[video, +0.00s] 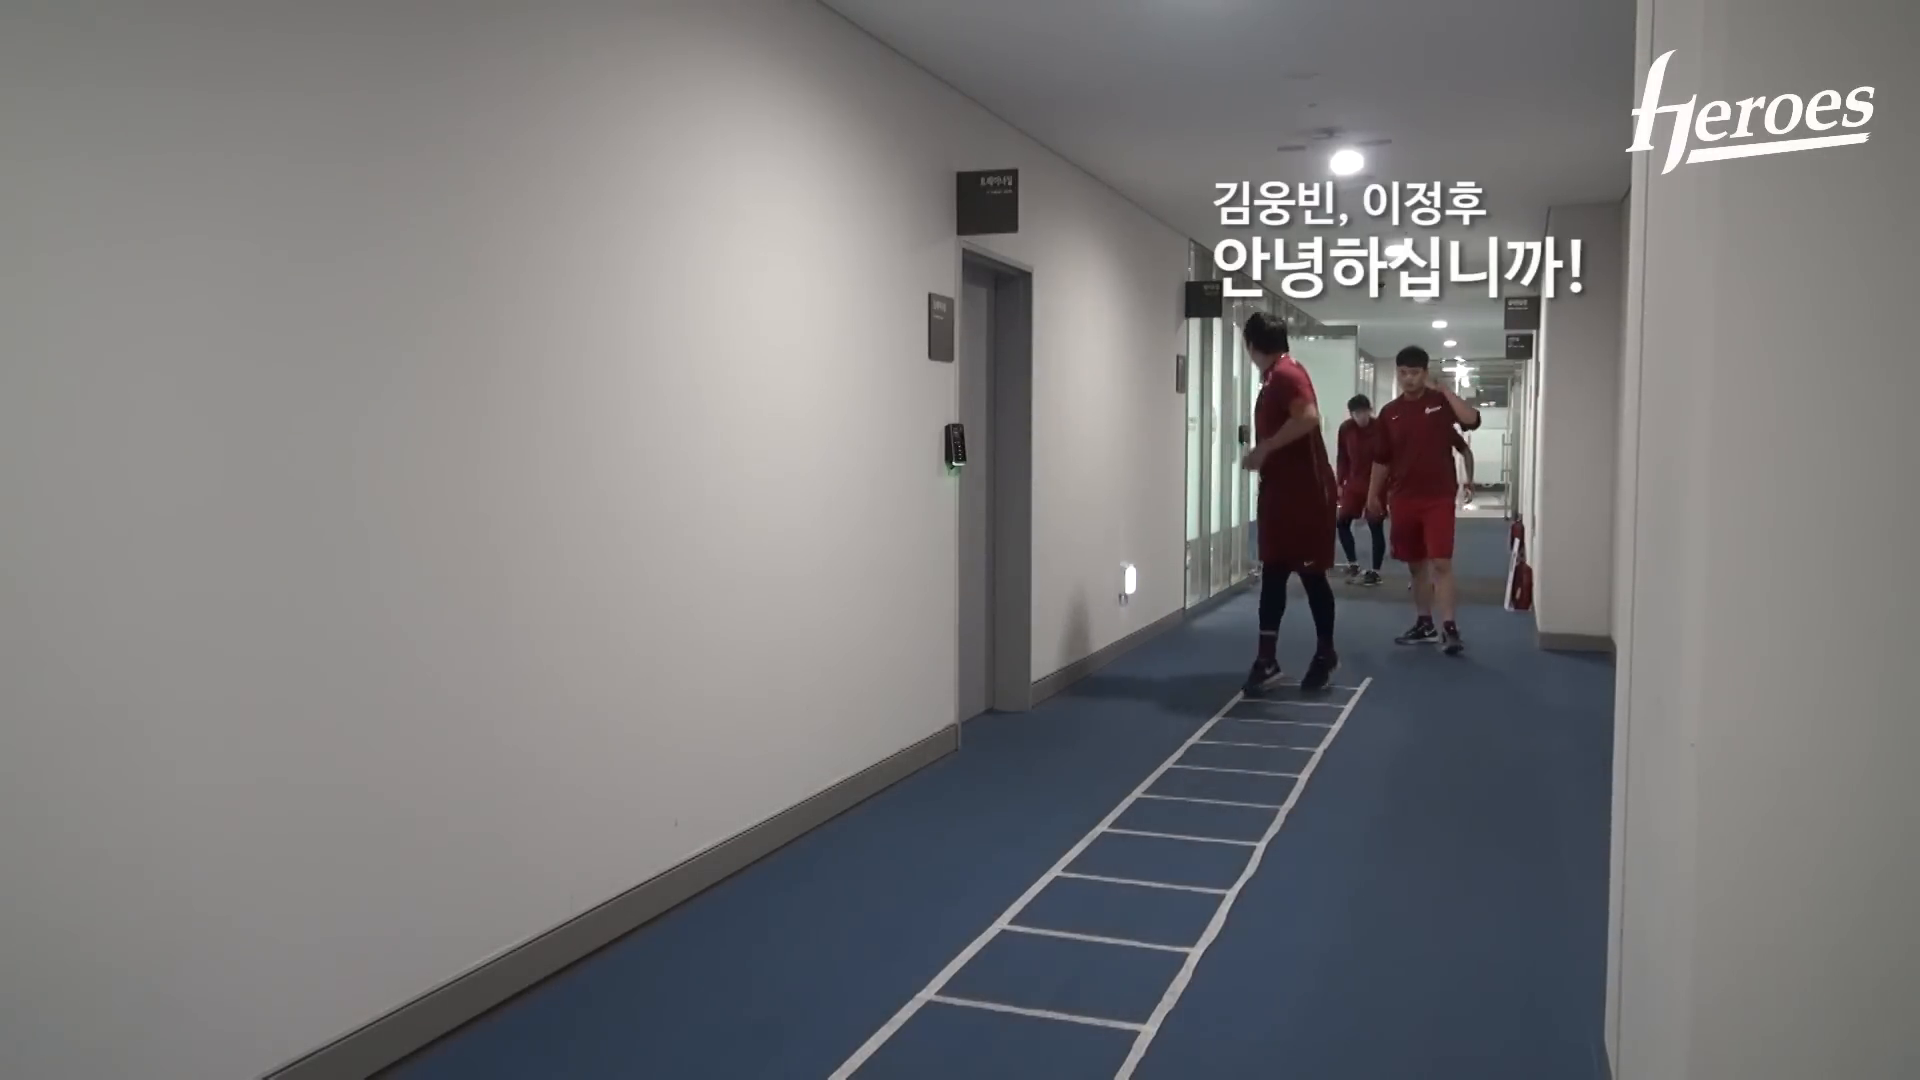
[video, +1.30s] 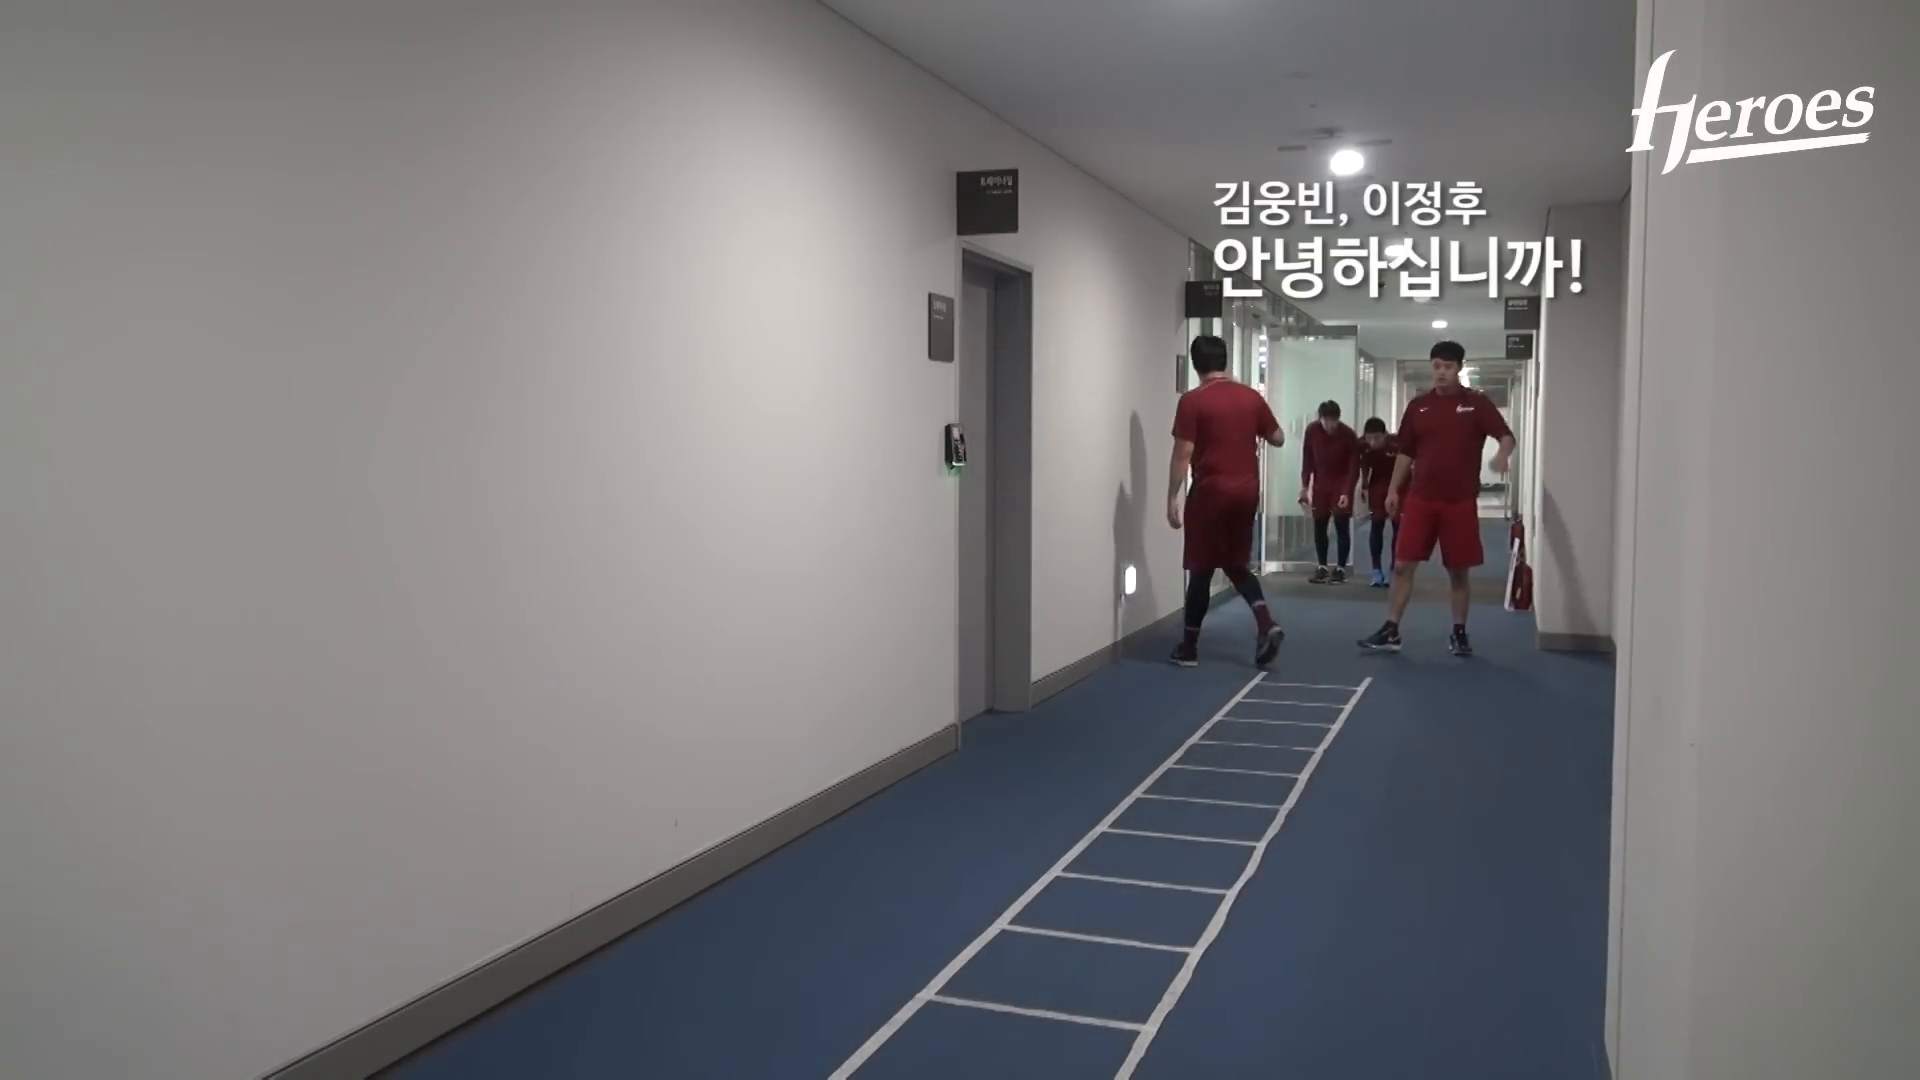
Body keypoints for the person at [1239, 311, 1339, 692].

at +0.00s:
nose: (1247, 353)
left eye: (1247, 346)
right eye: (1248, 346)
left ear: (1254, 346)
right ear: (1280, 341)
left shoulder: (1286, 373)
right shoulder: (1281, 375)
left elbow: (1308, 416)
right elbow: (1302, 428)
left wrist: (1265, 448)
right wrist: (1262, 455)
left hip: (1301, 495)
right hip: (1282, 495)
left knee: (1312, 573)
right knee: (1273, 573)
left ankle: (1326, 652)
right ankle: (1266, 658)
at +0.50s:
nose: (1258, 362)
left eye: (1258, 356)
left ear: (1261, 358)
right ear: (1291, 358)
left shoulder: (1273, 391)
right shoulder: (1306, 392)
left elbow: (1284, 440)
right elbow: (1325, 443)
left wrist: (1257, 473)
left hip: (1296, 493)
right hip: (1320, 491)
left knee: (1301, 575)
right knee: (1297, 573)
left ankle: (1340, 658)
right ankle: (1293, 652)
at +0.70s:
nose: (1255, 362)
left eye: (1255, 357)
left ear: (1257, 358)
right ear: (1287, 359)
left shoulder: (1256, 393)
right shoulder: (1307, 394)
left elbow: (1257, 445)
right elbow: (1325, 447)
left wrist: (1235, 480)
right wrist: (1317, 484)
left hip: (1277, 495)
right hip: (1311, 493)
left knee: (1262, 574)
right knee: (1295, 571)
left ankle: (1315, 637)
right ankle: (1292, 652)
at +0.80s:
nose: (1249, 361)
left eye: (1249, 355)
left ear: (1251, 358)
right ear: (1281, 358)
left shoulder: (1249, 393)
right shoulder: (1302, 394)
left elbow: (1247, 447)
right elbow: (1321, 447)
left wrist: (1228, 490)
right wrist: (1312, 484)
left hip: (1268, 493)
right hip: (1304, 493)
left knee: (1236, 569)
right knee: (1292, 571)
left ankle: (1286, 634)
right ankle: (1295, 654)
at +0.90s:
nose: (1242, 363)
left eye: (1241, 357)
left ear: (1243, 360)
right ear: (1273, 360)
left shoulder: (1240, 396)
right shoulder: (1295, 395)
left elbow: (1238, 443)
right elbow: (1314, 448)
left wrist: (1224, 491)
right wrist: (1306, 483)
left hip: (1257, 497)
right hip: (1295, 497)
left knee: (1221, 565)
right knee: (1291, 571)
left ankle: (1241, 642)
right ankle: (1294, 652)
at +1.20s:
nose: (1207, 371)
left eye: (1204, 366)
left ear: (1205, 366)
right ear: (1235, 364)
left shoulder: (1204, 402)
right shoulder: (1260, 398)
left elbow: (1196, 452)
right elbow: (1281, 447)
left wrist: (1187, 499)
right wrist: (1265, 450)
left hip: (1219, 497)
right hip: (1255, 497)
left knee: (1204, 573)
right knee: (1254, 571)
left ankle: (1188, 647)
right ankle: (1284, 643)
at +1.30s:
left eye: (1194, 364)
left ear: (1195, 365)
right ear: (1226, 363)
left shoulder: (1192, 401)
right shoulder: (1251, 396)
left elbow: (1183, 454)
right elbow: (1277, 437)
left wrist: (1173, 499)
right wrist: (1251, 420)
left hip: (1210, 494)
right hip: (1246, 493)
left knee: (1201, 570)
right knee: (1236, 565)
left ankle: (1189, 647)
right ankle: (1267, 625)